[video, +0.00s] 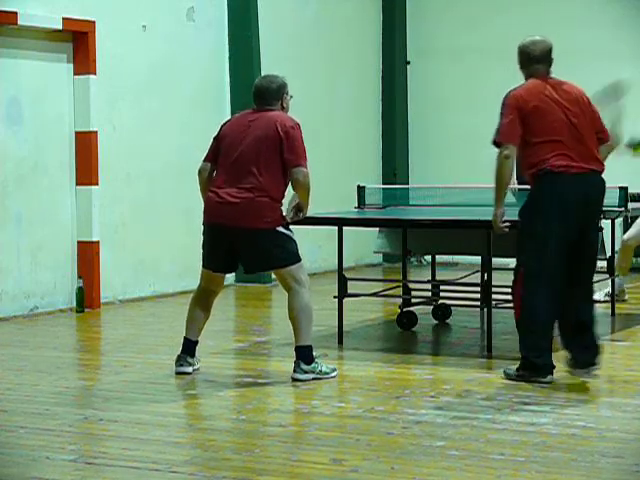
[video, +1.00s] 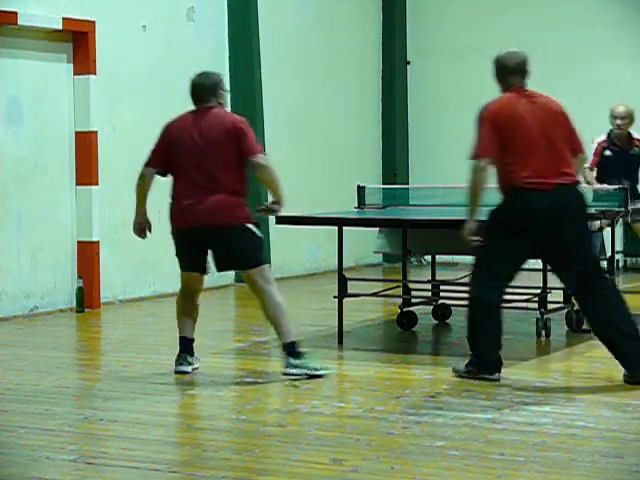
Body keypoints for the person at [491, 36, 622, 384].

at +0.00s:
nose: (523, 70)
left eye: (521, 65)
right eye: (534, 62)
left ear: (521, 65)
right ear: (550, 63)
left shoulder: (518, 97)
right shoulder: (576, 93)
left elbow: (507, 152)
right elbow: (607, 142)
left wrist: (499, 205)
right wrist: (581, 170)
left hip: (551, 189)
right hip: (591, 188)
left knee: (537, 273)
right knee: (577, 271)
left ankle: (536, 364)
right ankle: (584, 355)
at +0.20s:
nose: (540, 67)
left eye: (540, 62)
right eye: (544, 62)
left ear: (544, 62)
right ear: (572, 64)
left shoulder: (545, 91)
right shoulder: (594, 96)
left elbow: (539, 143)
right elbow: (616, 152)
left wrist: (527, 200)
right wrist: (588, 181)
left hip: (566, 191)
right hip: (606, 192)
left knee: (551, 277)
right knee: (605, 277)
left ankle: (537, 364)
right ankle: (636, 361)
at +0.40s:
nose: (554, 70)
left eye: (554, 65)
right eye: (555, 65)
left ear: (560, 64)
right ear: (586, 66)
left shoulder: (563, 90)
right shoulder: (608, 96)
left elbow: (565, 137)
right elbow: (622, 148)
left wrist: (557, 193)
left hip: (592, 189)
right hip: (627, 190)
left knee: (575, 277)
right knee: (630, 279)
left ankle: (548, 364)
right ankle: (638, 365)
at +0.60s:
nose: (554, 67)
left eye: (555, 61)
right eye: (556, 61)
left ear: (561, 61)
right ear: (587, 62)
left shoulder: (560, 91)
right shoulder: (613, 95)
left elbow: (560, 140)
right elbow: (637, 142)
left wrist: (549, 197)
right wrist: (624, 177)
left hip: (585, 192)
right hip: (626, 193)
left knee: (570, 278)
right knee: (629, 278)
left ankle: (553, 365)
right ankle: (638, 363)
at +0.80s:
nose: (540, 74)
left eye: (540, 69)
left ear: (541, 70)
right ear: (569, 69)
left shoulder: (538, 100)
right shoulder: (594, 101)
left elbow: (534, 150)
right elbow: (623, 158)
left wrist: (522, 206)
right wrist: (606, 195)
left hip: (564, 202)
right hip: (609, 201)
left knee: (536, 279)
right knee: (620, 284)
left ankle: (506, 359)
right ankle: (637, 364)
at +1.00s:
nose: (499, 80)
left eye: (498, 75)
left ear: (498, 77)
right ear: (526, 75)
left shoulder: (494, 111)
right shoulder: (552, 106)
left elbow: (482, 165)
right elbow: (578, 155)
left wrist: (472, 217)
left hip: (522, 208)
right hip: (567, 205)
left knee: (486, 279)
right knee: (591, 281)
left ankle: (485, 363)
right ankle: (636, 362)